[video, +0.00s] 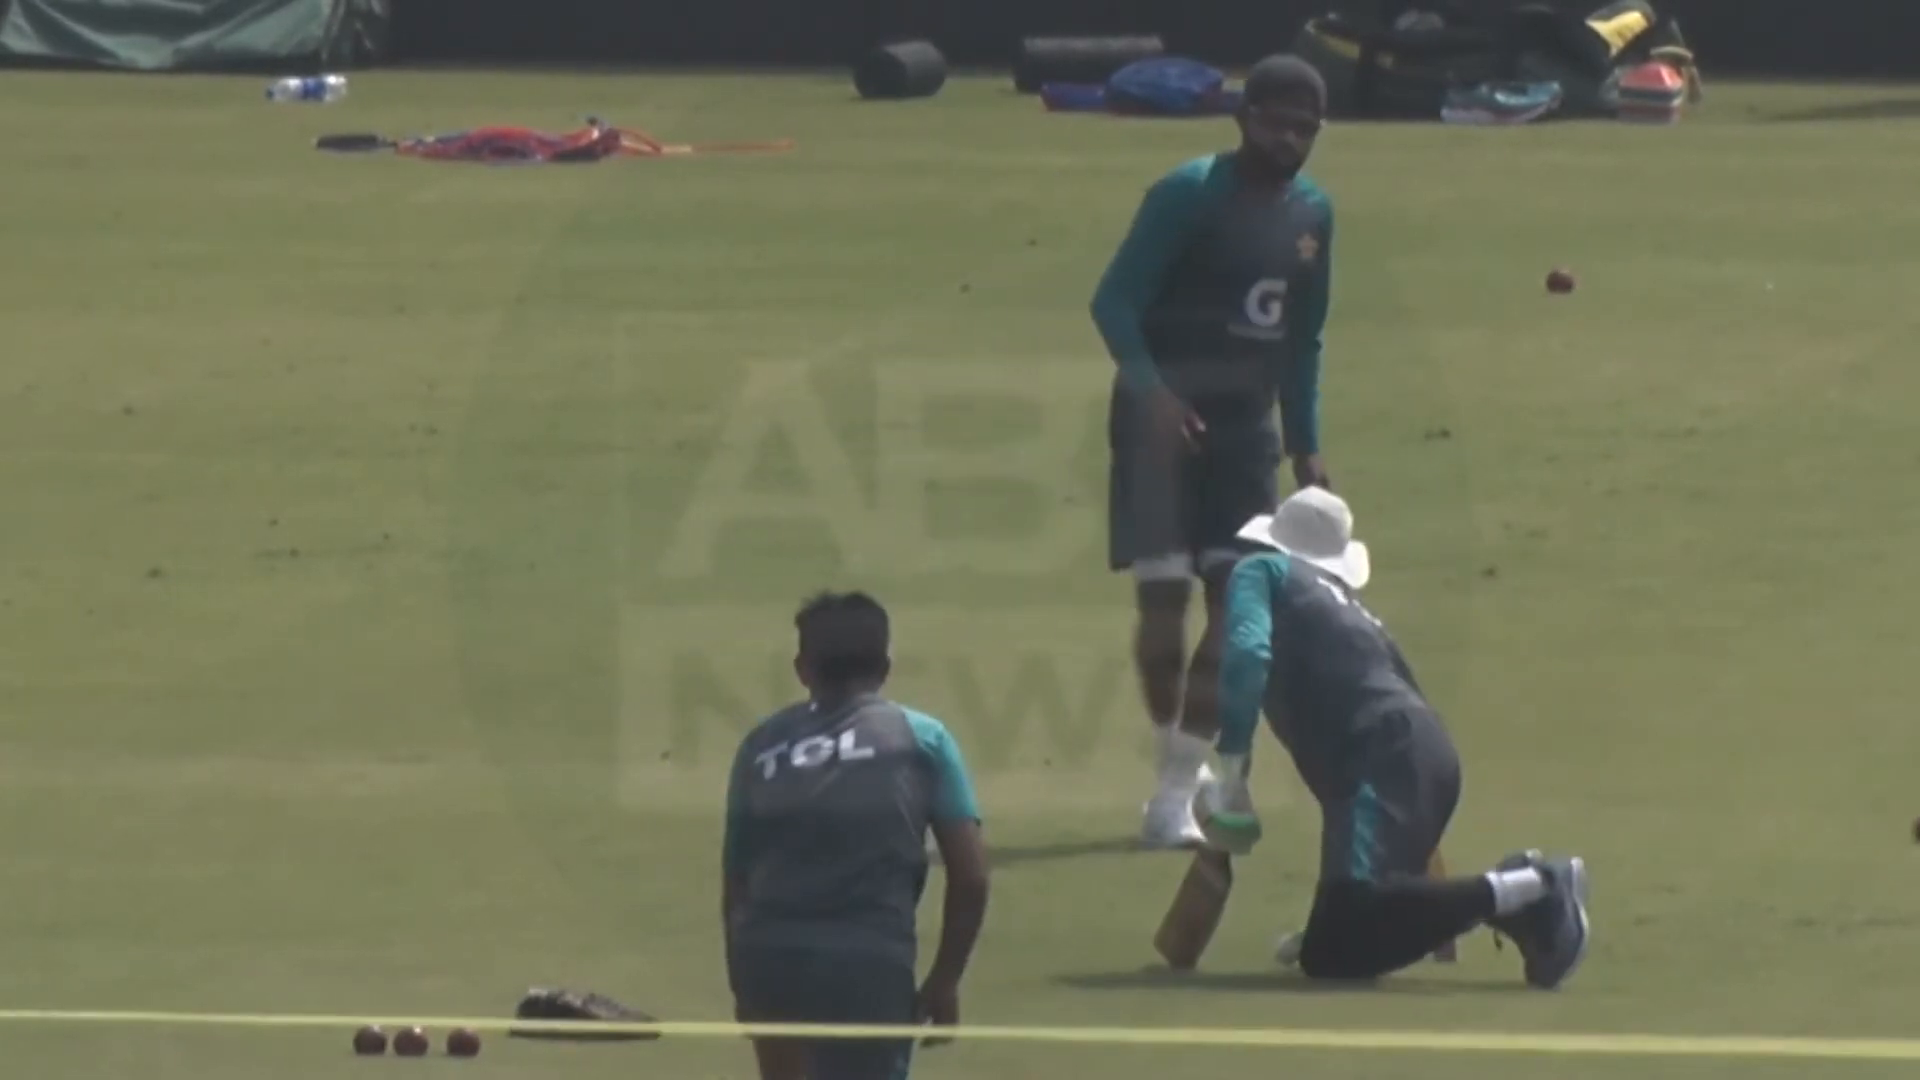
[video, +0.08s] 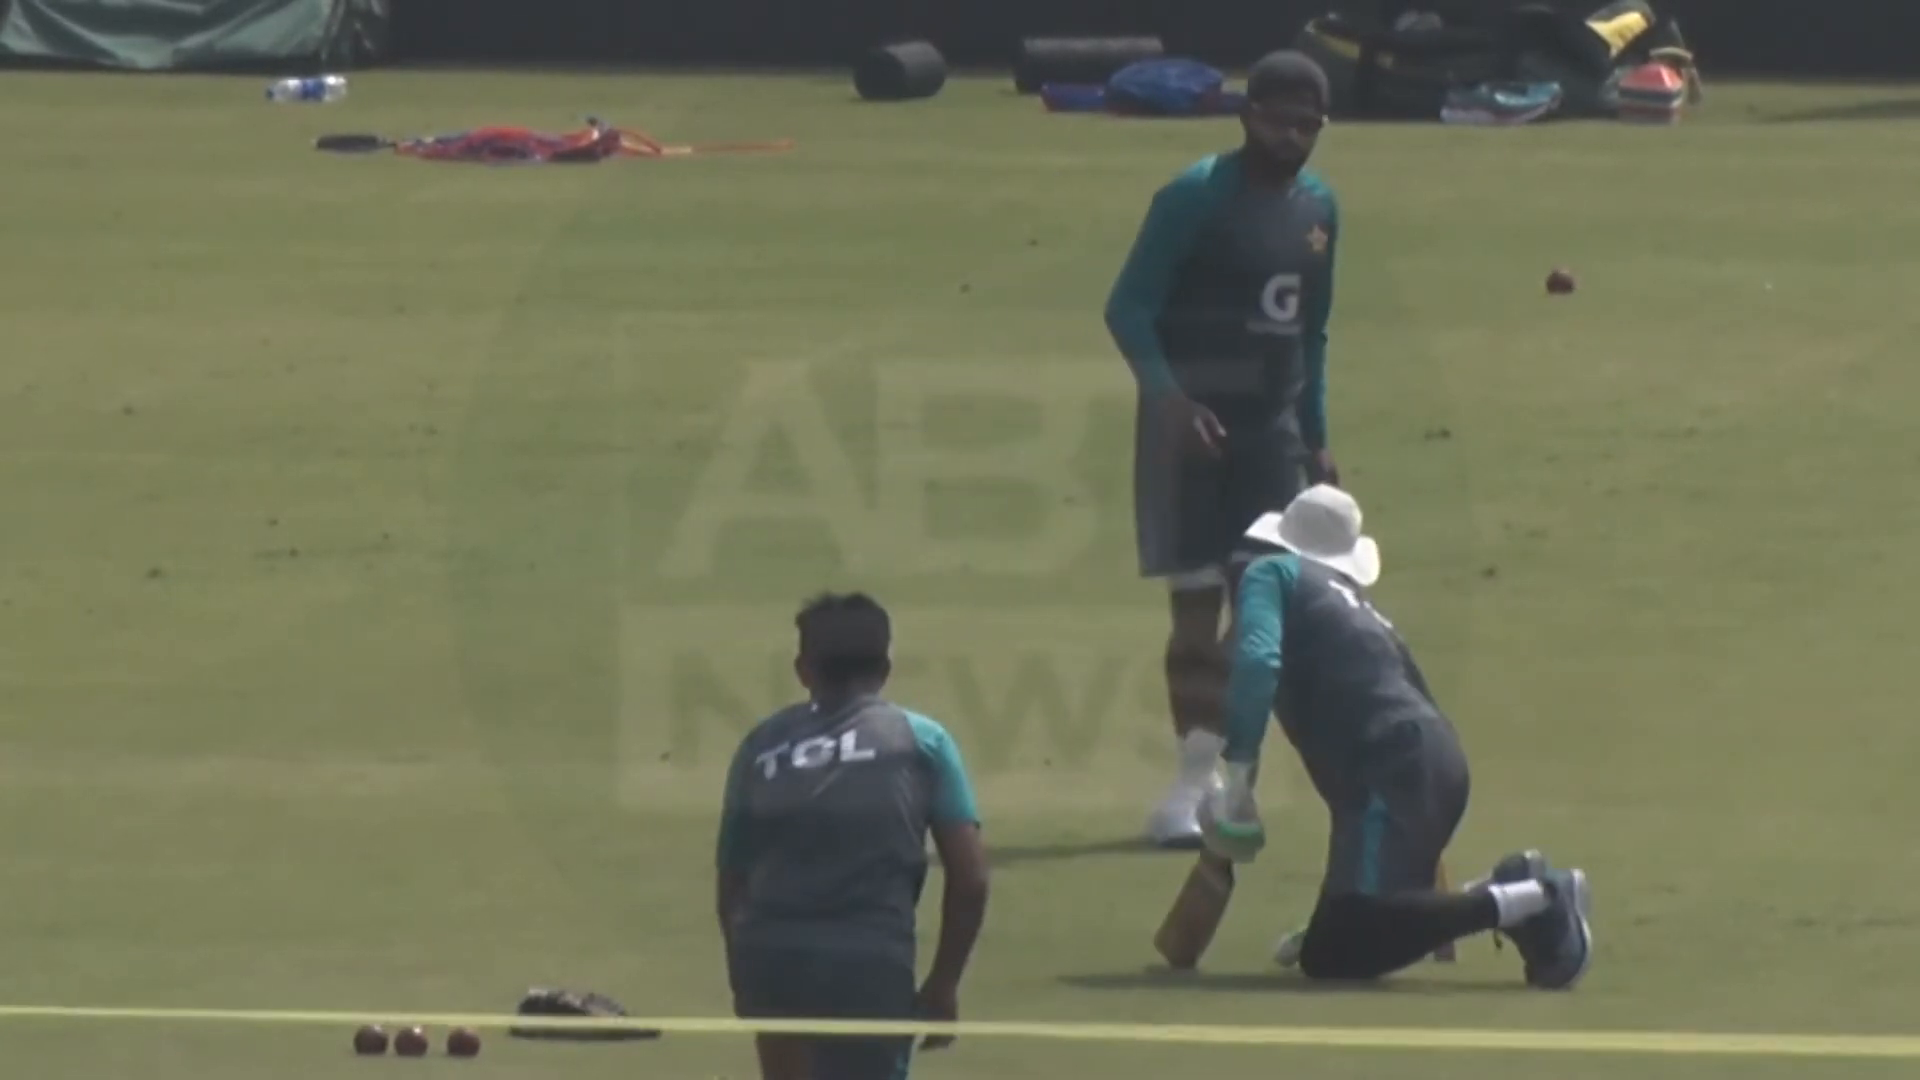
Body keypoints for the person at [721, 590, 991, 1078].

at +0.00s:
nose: (794, 665)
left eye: (796, 655)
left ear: (803, 669)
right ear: (884, 667)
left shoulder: (759, 745)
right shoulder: (922, 737)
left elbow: (736, 886)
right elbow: (971, 877)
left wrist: (745, 986)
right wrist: (944, 983)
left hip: (770, 965)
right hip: (870, 968)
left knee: (785, 1069)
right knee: (869, 1068)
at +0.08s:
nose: (794, 665)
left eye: (797, 656)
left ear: (804, 670)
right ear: (885, 669)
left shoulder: (760, 744)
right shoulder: (923, 739)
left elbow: (731, 889)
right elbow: (970, 878)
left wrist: (746, 983)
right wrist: (942, 989)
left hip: (771, 963)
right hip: (870, 967)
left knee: (787, 1068)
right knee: (870, 1068)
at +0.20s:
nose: (797, 665)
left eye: (800, 655)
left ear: (806, 669)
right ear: (885, 670)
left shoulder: (762, 743)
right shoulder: (924, 740)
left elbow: (723, 891)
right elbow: (967, 878)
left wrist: (747, 974)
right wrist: (940, 985)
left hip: (773, 963)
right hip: (870, 967)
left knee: (788, 1065)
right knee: (872, 1068)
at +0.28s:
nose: (799, 672)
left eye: (801, 662)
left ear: (806, 674)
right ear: (887, 672)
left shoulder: (763, 744)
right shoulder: (925, 740)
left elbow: (727, 894)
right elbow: (967, 879)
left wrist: (746, 979)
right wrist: (939, 986)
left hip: (774, 961)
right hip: (872, 963)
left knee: (788, 1067)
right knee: (871, 1067)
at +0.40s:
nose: (800, 673)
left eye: (802, 663)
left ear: (809, 675)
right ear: (889, 672)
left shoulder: (766, 748)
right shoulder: (925, 739)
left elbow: (743, 886)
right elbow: (969, 878)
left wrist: (750, 993)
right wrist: (942, 985)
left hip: (774, 967)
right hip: (872, 970)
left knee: (789, 1068)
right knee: (872, 1068)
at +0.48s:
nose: (802, 675)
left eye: (804, 665)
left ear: (810, 676)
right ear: (890, 674)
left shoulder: (767, 747)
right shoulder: (927, 740)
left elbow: (737, 892)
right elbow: (972, 879)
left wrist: (748, 996)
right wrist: (944, 988)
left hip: (773, 967)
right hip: (873, 969)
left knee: (791, 1069)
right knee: (872, 1069)